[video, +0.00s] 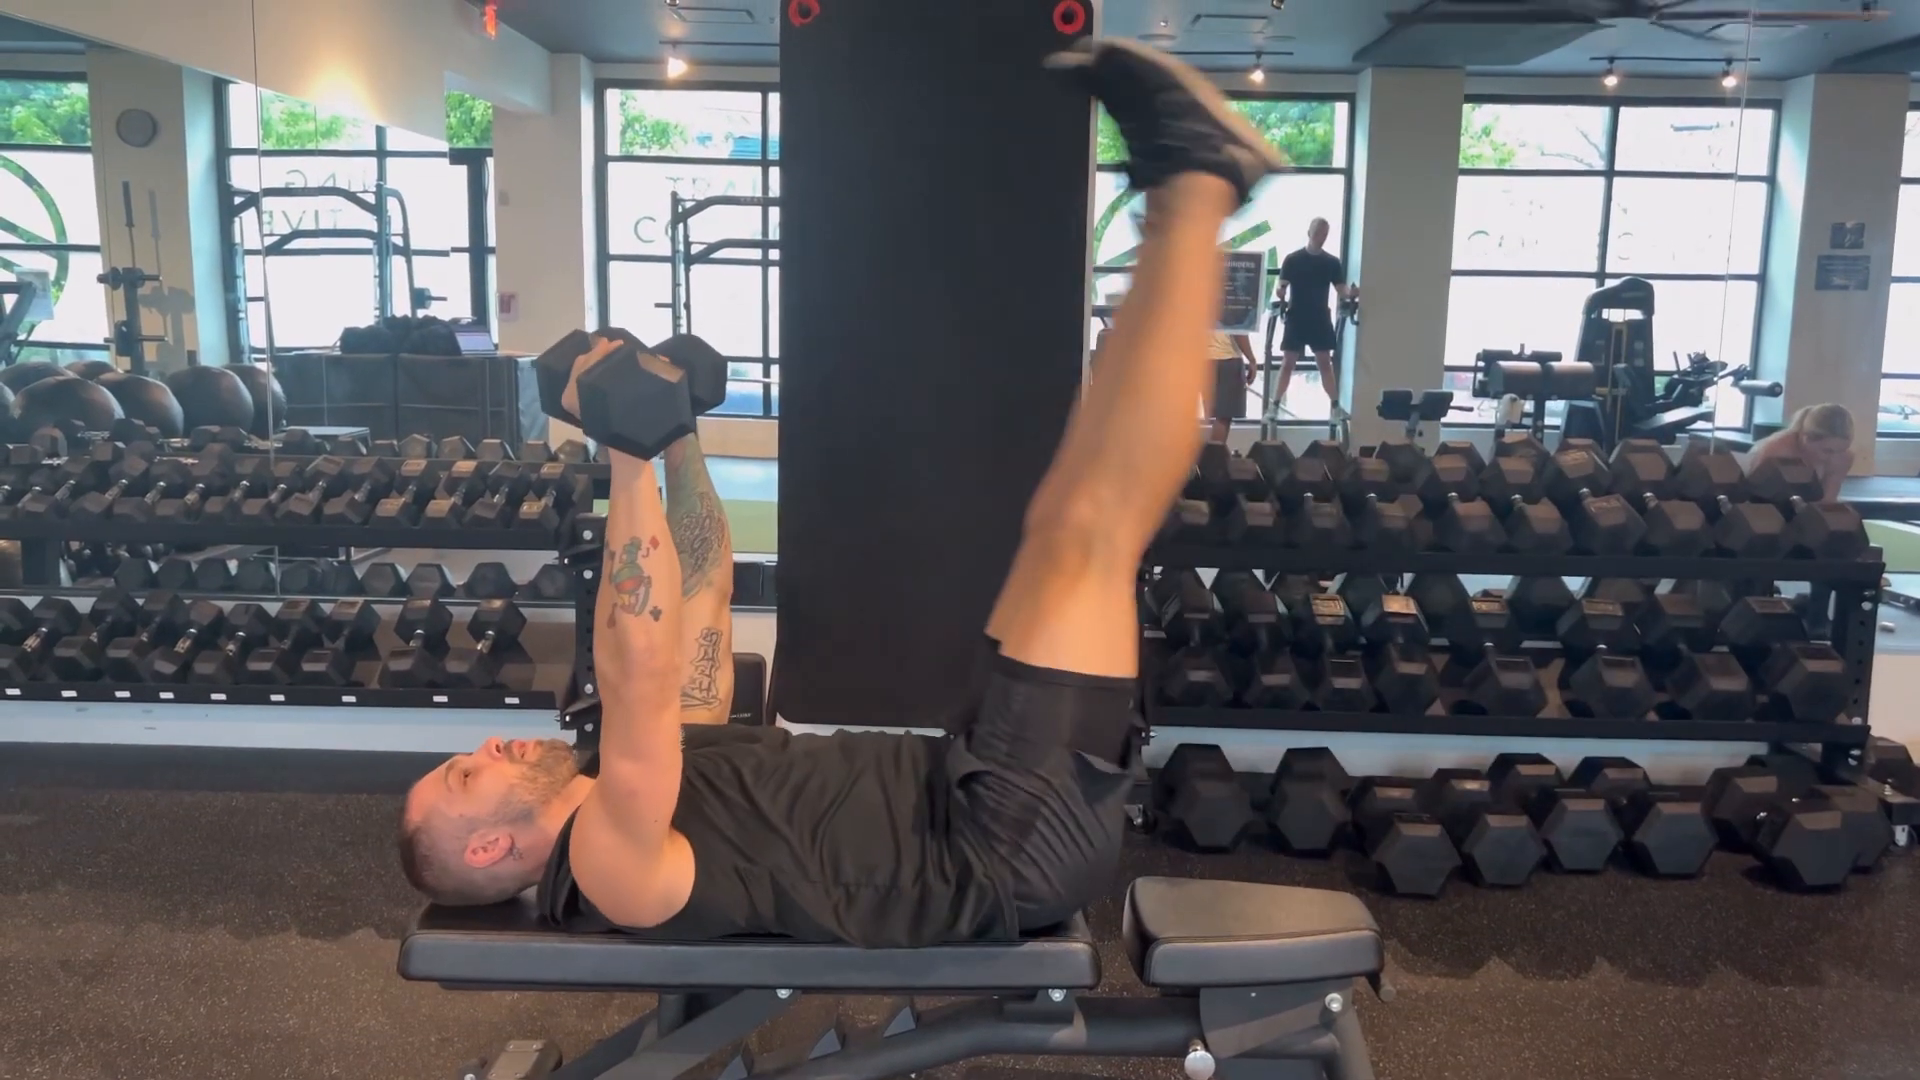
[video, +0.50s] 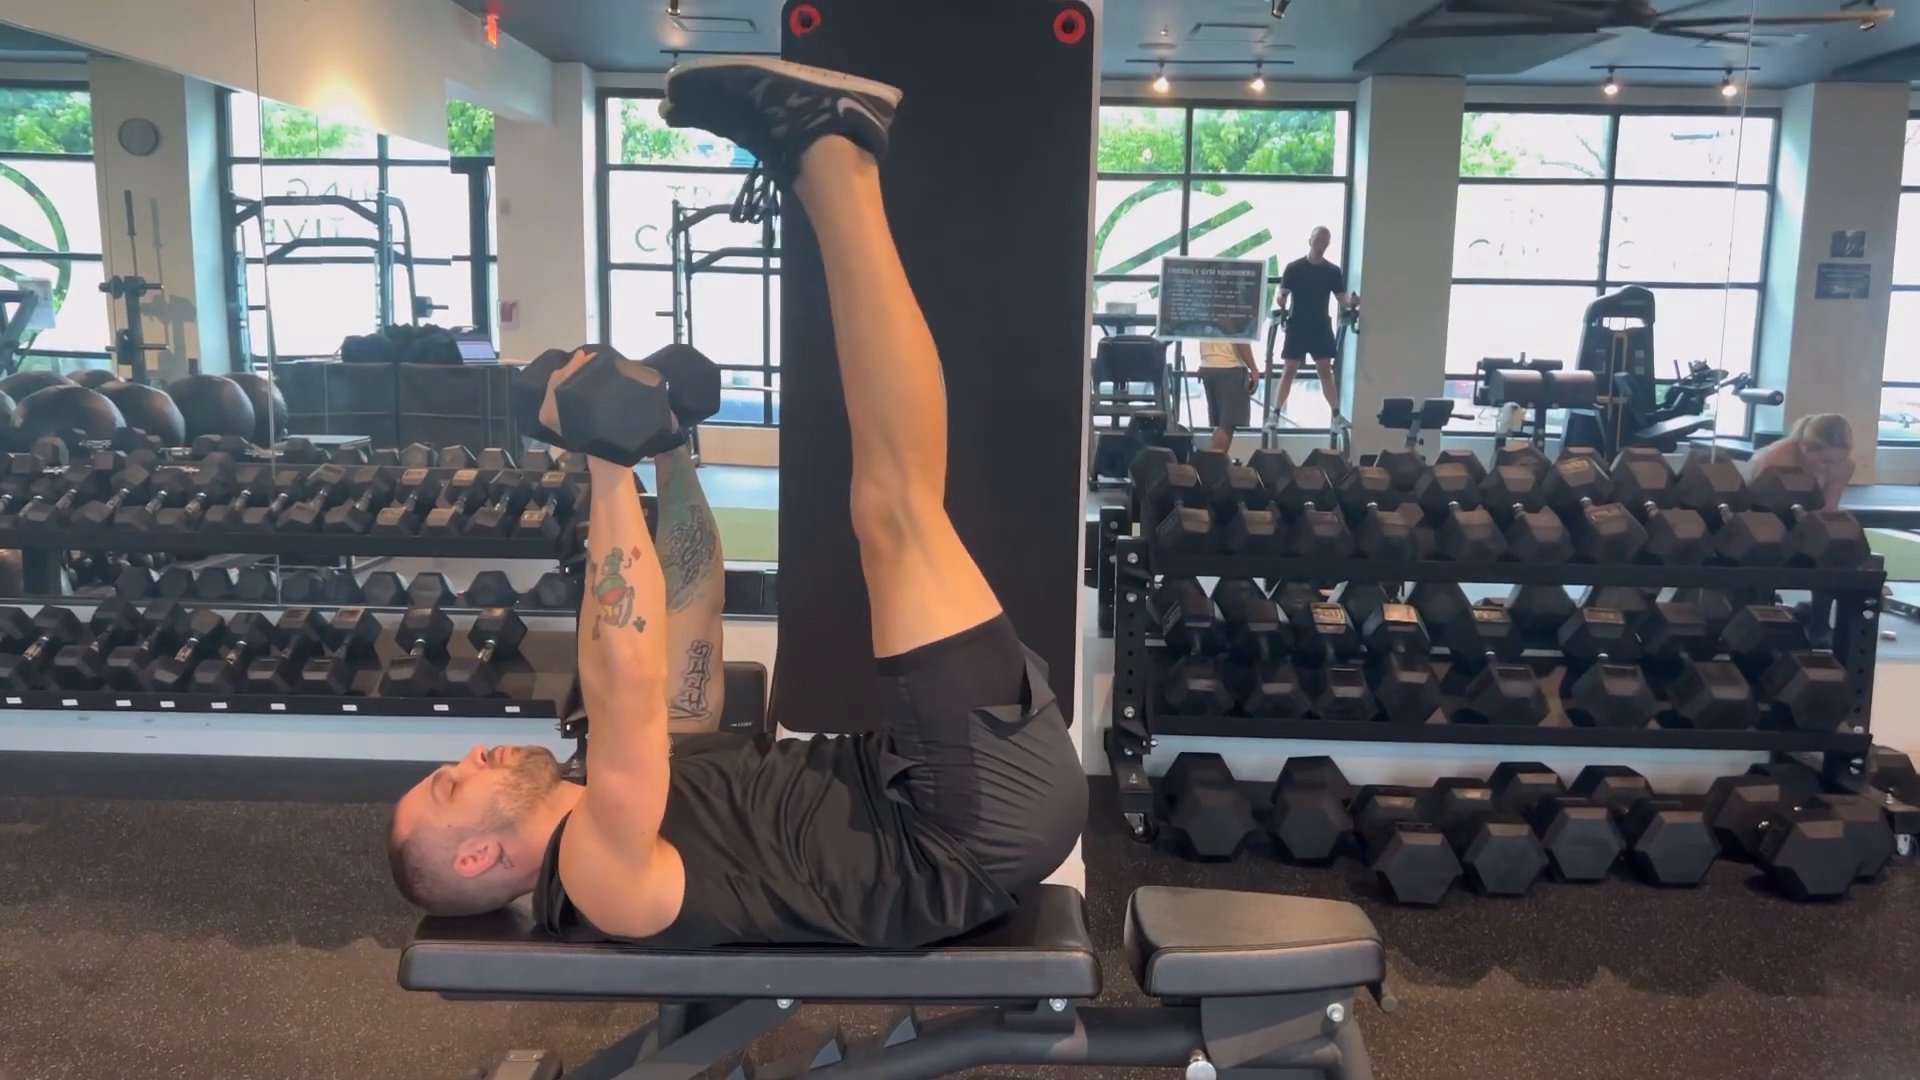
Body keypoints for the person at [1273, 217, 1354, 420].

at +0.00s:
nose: (1320, 238)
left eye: (1323, 234)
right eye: (1317, 233)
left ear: (1326, 235)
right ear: (1309, 233)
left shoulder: (1332, 263)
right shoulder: (1292, 259)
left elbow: (1341, 290)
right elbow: (1281, 288)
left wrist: (1351, 293)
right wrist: (1282, 300)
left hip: (1320, 318)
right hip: (1296, 317)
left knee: (1325, 363)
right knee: (1288, 363)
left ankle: (1335, 405)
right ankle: (1275, 404)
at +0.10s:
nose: (1320, 240)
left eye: (1323, 237)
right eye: (1317, 236)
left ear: (1327, 238)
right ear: (1310, 235)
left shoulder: (1332, 265)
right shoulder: (1293, 262)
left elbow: (1342, 293)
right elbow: (1281, 291)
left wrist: (1353, 294)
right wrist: (1283, 303)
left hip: (1320, 320)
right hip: (1296, 319)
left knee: (1325, 365)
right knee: (1288, 364)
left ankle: (1335, 408)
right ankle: (1275, 406)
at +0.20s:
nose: (1320, 243)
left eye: (1324, 239)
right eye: (1317, 238)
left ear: (1327, 240)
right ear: (1310, 237)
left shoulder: (1332, 267)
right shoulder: (1293, 264)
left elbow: (1342, 295)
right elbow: (1281, 292)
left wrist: (1354, 296)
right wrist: (1283, 305)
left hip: (1320, 322)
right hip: (1296, 321)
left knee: (1324, 366)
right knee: (1289, 366)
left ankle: (1335, 409)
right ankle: (1275, 407)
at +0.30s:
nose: (1320, 245)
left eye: (1324, 241)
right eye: (1317, 240)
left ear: (1327, 242)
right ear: (1310, 239)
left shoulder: (1333, 268)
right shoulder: (1293, 265)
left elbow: (1342, 296)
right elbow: (1281, 294)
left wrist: (1354, 298)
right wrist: (1283, 306)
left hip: (1320, 323)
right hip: (1296, 322)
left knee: (1324, 367)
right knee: (1289, 368)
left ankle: (1335, 411)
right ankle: (1275, 410)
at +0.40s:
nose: (1320, 246)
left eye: (1324, 242)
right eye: (1317, 241)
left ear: (1328, 243)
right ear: (1310, 240)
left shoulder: (1333, 270)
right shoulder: (1294, 267)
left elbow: (1342, 298)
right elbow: (1281, 295)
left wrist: (1354, 300)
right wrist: (1283, 306)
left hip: (1320, 324)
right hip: (1296, 323)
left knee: (1325, 369)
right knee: (1289, 369)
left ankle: (1336, 413)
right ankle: (1276, 410)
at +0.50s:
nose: (1320, 246)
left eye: (1324, 243)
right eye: (1317, 242)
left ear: (1328, 245)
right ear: (1310, 241)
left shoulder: (1333, 271)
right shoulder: (1294, 268)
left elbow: (1342, 299)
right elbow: (1281, 296)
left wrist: (1352, 301)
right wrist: (1283, 309)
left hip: (1320, 325)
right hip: (1297, 324)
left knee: (1325, 371)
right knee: (1289, 370)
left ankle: (1336, 414)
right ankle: (1276, 412)